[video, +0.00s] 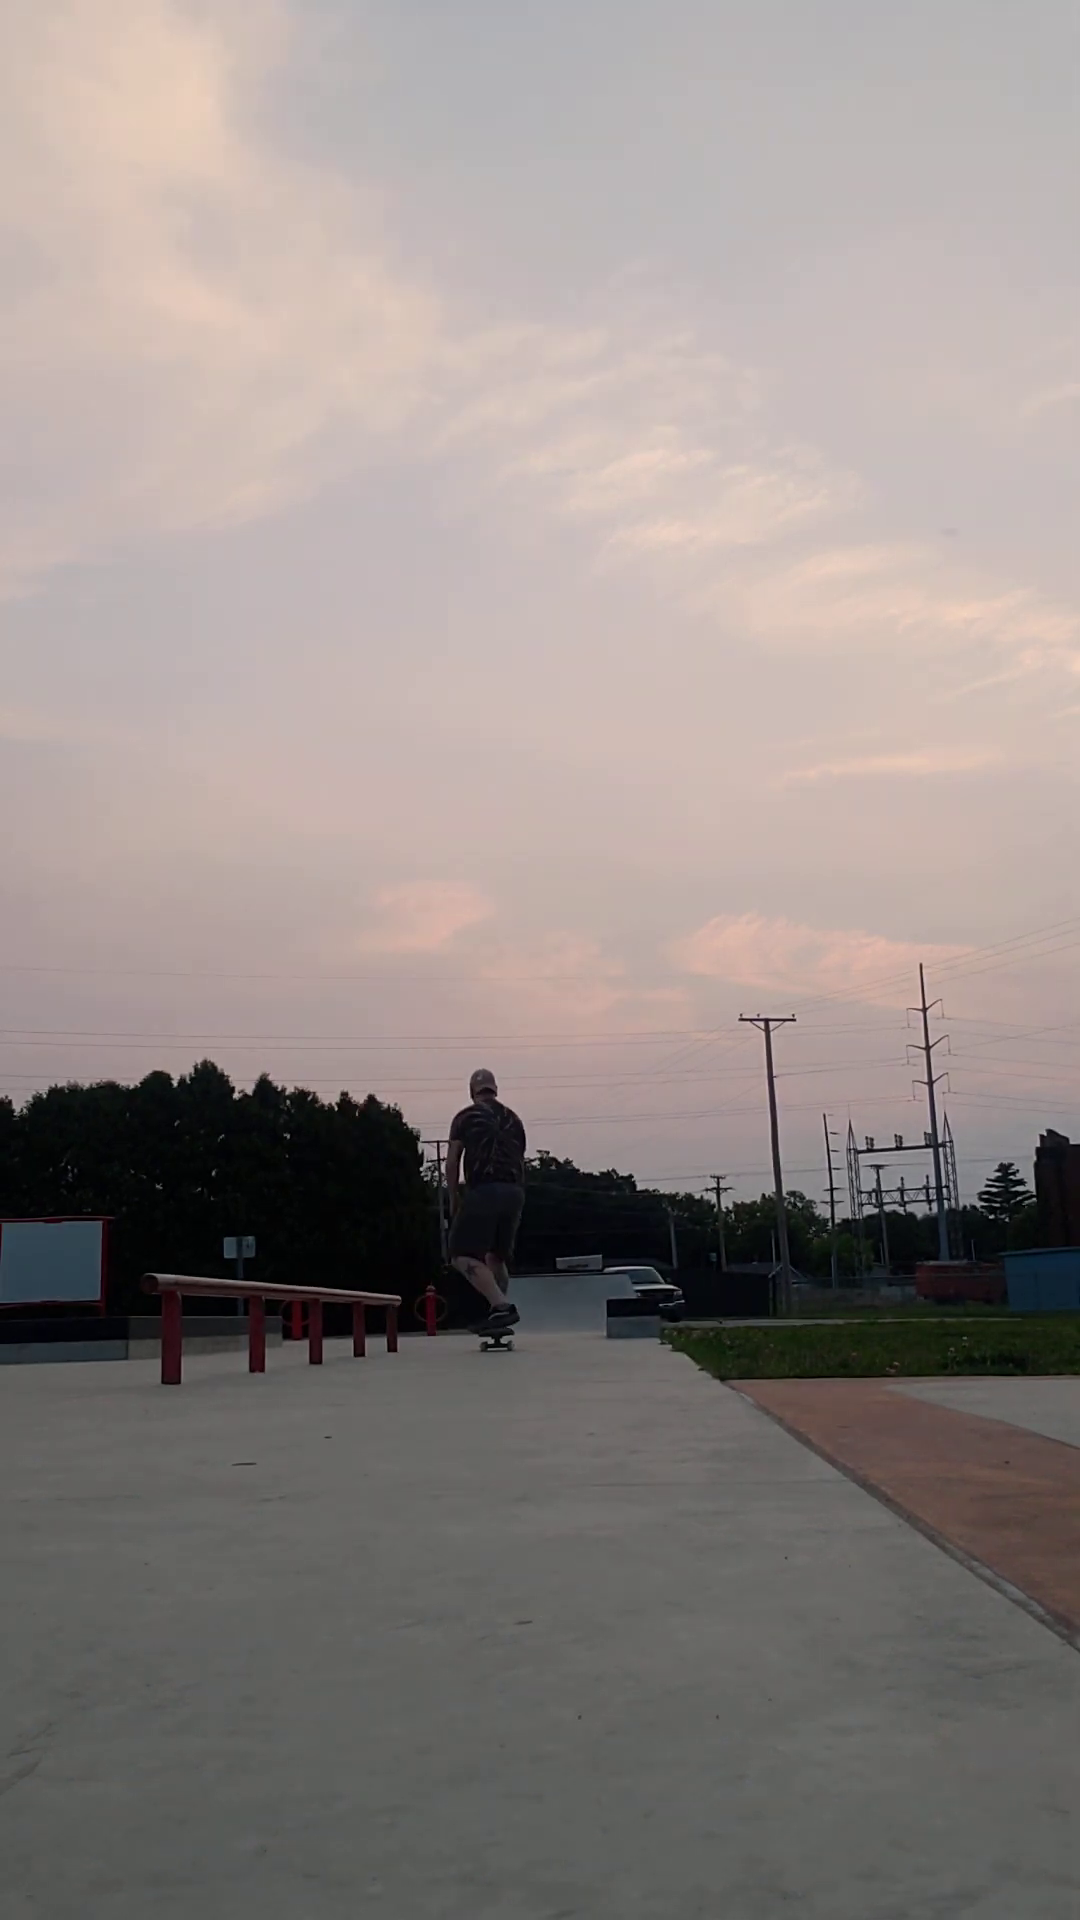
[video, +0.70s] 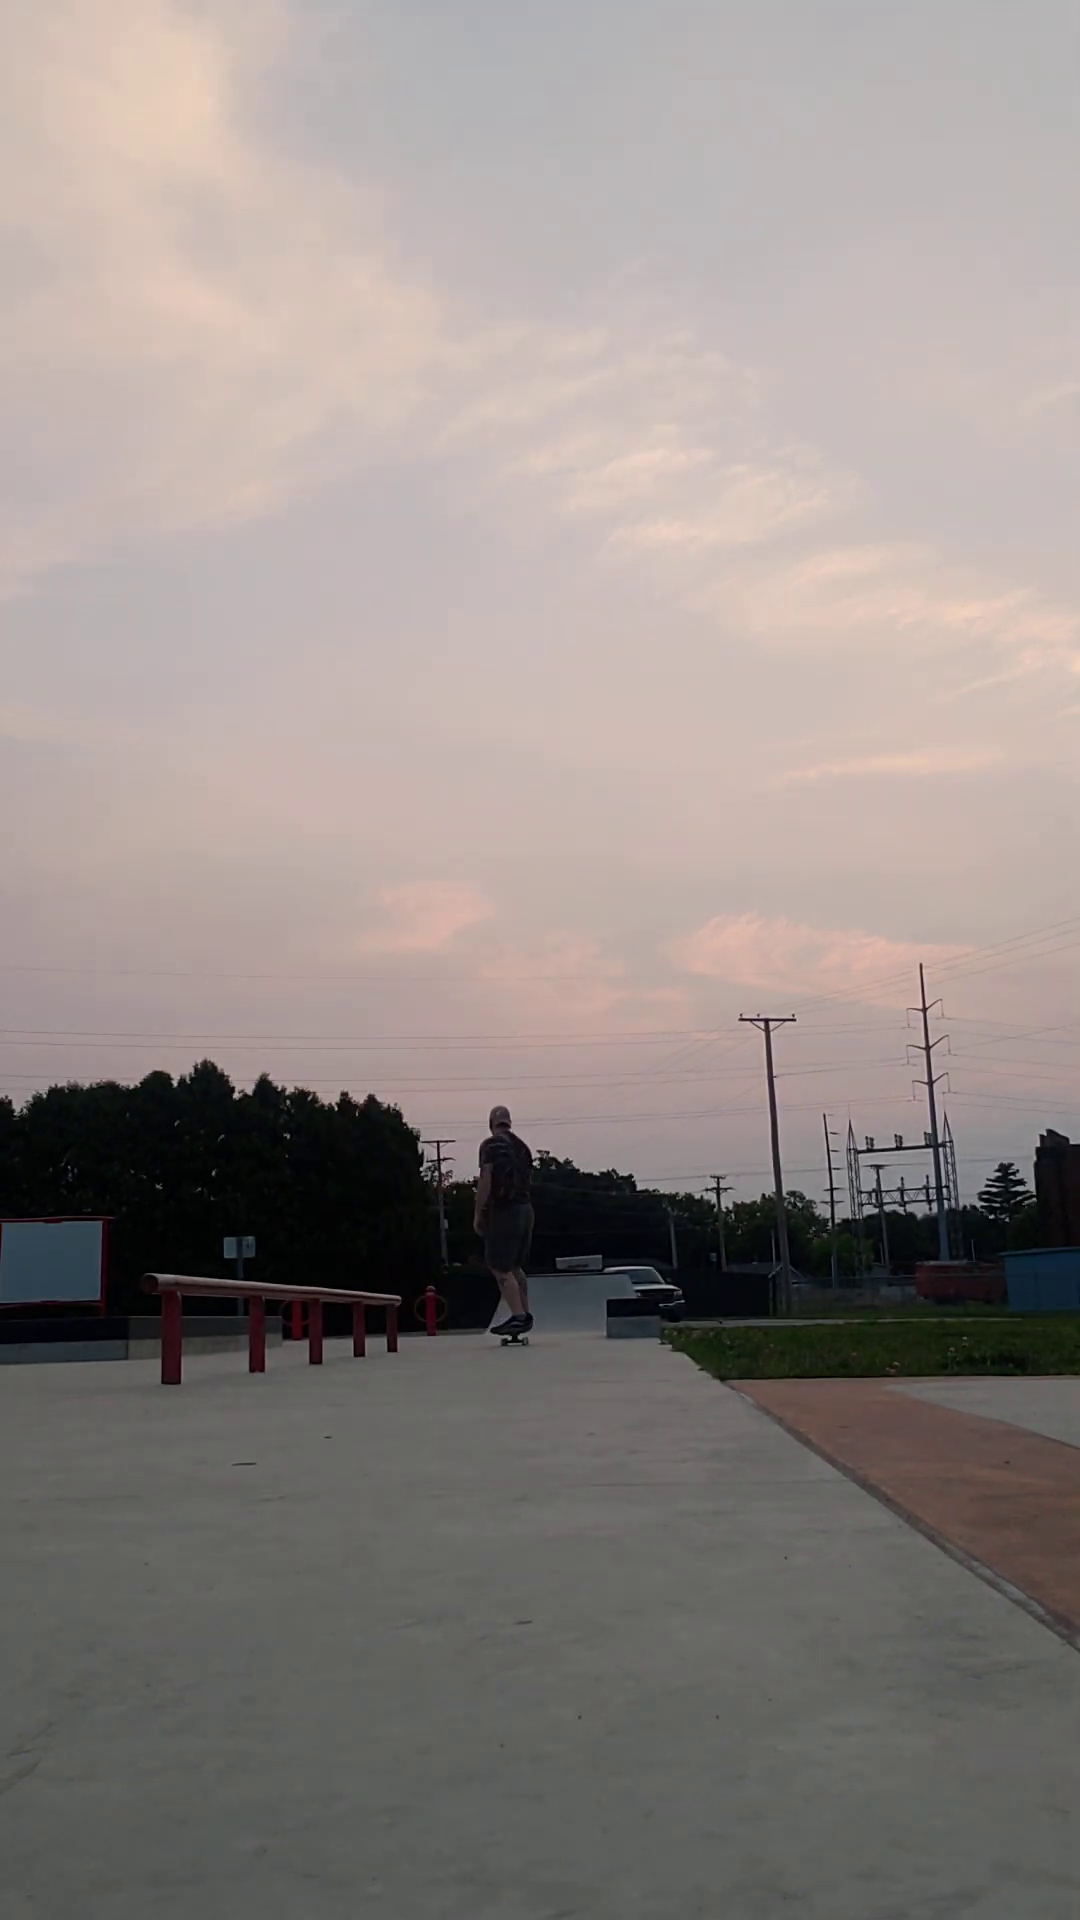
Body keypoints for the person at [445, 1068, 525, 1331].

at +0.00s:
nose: (479, 1094)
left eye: (474, 1090)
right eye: (485, 1091)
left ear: (472, 1090)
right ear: (496, 1090)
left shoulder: (465, 1117)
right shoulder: (514, 1119)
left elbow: (452, 1163)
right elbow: (519, 1163)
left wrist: (454, 1199)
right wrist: (515, 1193)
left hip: (481, 1193)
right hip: (513, 1194)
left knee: (461, 1255)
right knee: (497, 1257)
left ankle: (501, 1306)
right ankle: (497, 1321)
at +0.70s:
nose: (497, 1127)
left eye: (494, 1124)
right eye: (502, 1124)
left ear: (491, 1124)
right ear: (510, 1123)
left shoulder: (489, 1145)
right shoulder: (523, 1147)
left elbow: (485, 1180)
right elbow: (525, 1182)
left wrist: (478, 1211)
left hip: (502, 1211)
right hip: (524, 1210)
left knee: (501, 1266)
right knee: (515, 1266)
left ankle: (518, 1315)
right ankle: (523, 1315)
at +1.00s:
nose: (502, 1144)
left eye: (500, 1140)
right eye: (506, 1140)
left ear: (497, 1140)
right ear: (515, 1139)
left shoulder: (495, 1160)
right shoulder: (526, 1160)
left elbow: (486, 1190)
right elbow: (529, 1191)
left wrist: (478, 1218)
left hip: (508, 1219)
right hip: (528, 1217)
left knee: (506, 1270)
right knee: (519, 1270)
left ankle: (523, 1315)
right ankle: (528, 1315)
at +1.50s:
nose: (514, 1159)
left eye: (511, 1155)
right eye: (517, 1155)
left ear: (507, 1157)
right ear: (524, 1157)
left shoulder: (506, 1176)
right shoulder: (533, 1176)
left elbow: (502, 1207)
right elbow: (539, 1207)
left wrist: (498, 1234)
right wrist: (539, 1234)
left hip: (515, 1231)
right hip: (533, 1231)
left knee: (514, 1276)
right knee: (526, 1275)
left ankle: (525, 1315)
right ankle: (532, 1315)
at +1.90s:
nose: (516, 1173)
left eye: (516, 1169)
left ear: (516, 1170)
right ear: (531, 1170)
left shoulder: (518, 1188)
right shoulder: (540, 1187)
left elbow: (513, 1216)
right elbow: (545, 1213)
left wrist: (506, 1241)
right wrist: (542, 1232)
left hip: (525, 1238)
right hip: (541, 1237)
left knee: (523, 1278)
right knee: (535, 1278)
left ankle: (535, 1313)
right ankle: (543, 1313)